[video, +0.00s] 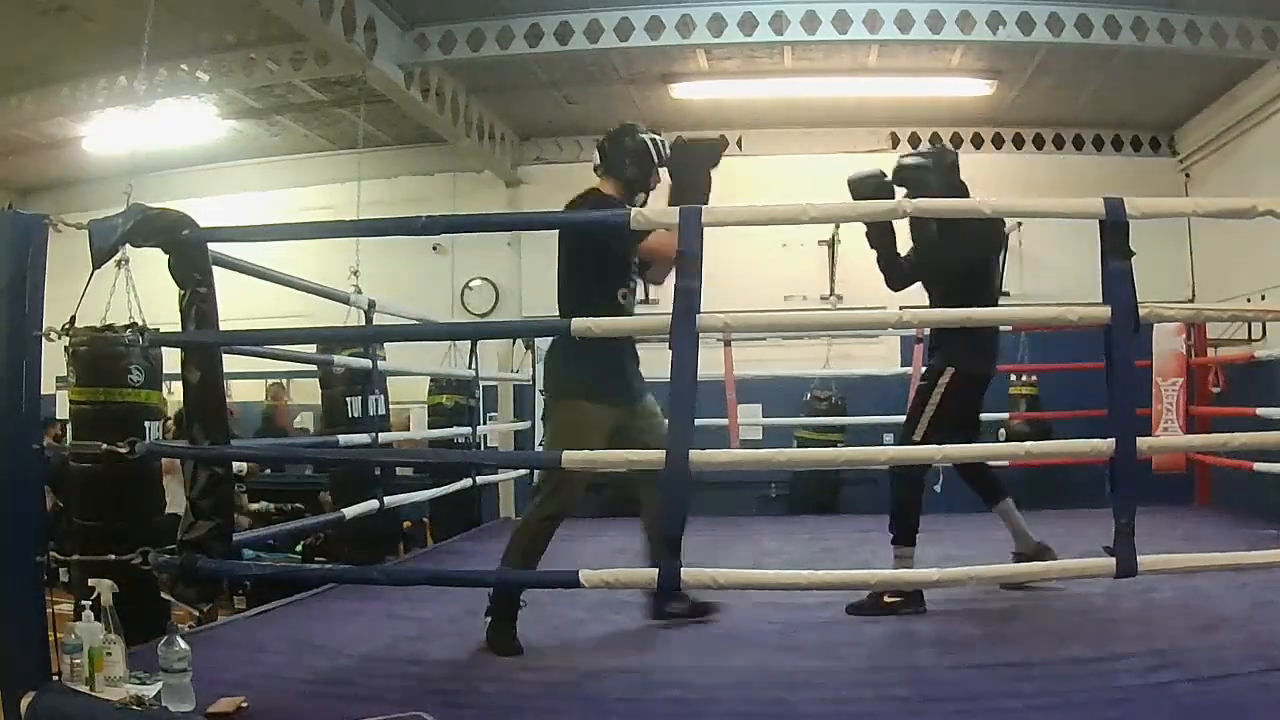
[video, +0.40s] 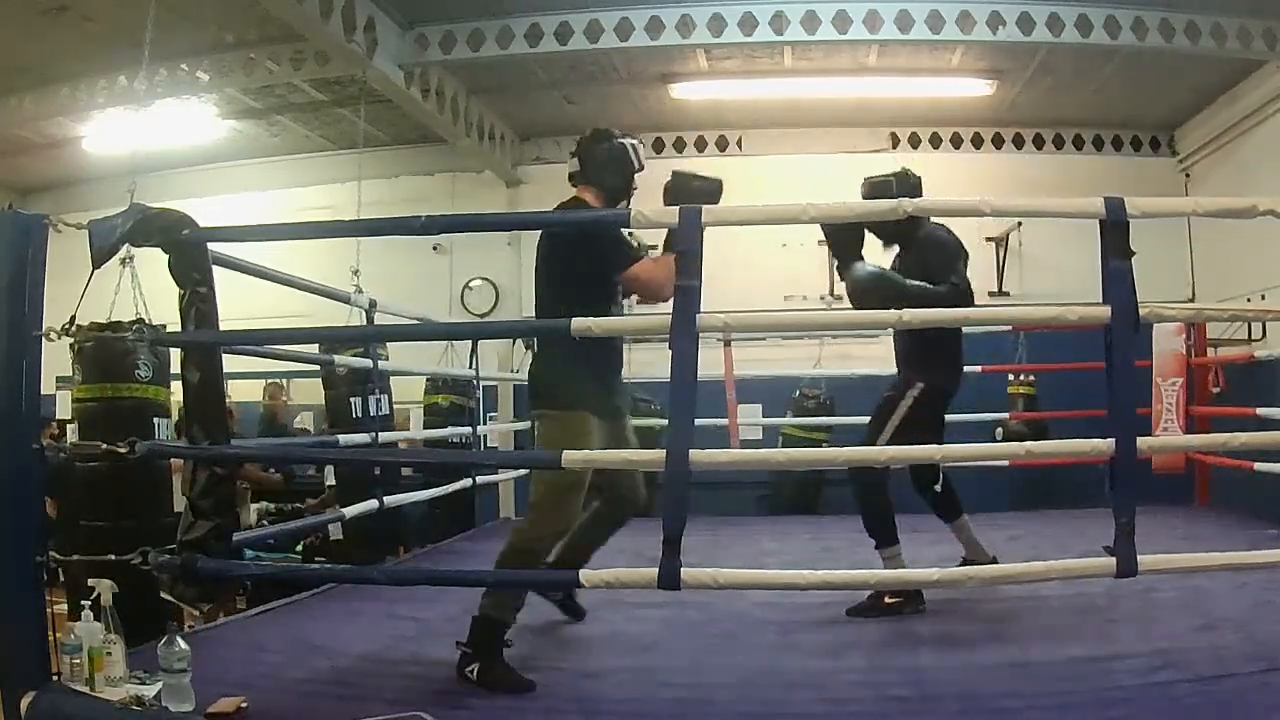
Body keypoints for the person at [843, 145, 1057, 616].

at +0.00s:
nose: (907, 202)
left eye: (912, 193)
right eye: (905, 194)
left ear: (936, 189)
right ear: (949, 186)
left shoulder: (959, 229)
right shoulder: (972, 225)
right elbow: (900, 277)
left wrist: (880, 225)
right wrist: (885, 226)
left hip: (955, 357)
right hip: (968, 356)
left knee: (906, 458)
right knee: (963, 454)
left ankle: (902, 581)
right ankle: (1028, 545)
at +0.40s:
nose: (871, 225)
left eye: (875, 215)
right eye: (868, 216)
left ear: (901, 209)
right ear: (901, 209)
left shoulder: (935, 243)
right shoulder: (913, 247)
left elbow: (961, 298)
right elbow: (877, 298)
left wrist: (895, 289)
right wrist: (850, 256)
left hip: (928, 377)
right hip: (921, 375)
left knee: (866, 467)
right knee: (925, 473)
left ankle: (897, 582)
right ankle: (979, 555)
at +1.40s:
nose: (890, 222)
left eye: (896, 213)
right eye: (889, 214)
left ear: (919, 212)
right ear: (902, 218)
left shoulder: (966, 244)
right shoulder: (903, 259)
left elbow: (1012, 303)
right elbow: (870, 300)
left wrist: (958, 296)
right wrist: (841, 252)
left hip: (968, 369)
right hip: (938, 372)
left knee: (915, 458)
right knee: (955, 466)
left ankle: (932, 574)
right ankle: (1029, 537)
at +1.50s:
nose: (898, 230)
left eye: (907, 222)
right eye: (895, 224)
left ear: (932, 225)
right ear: (896, 231)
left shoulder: (968, 257)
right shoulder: (906, 278)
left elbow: (1026, 298)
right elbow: (868, 300)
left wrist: (970, 285)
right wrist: (836, 274)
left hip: (974, 382)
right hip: (952, 384)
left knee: (897, 457)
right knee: (984, 474)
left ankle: (907, 573)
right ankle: (1048, 545)